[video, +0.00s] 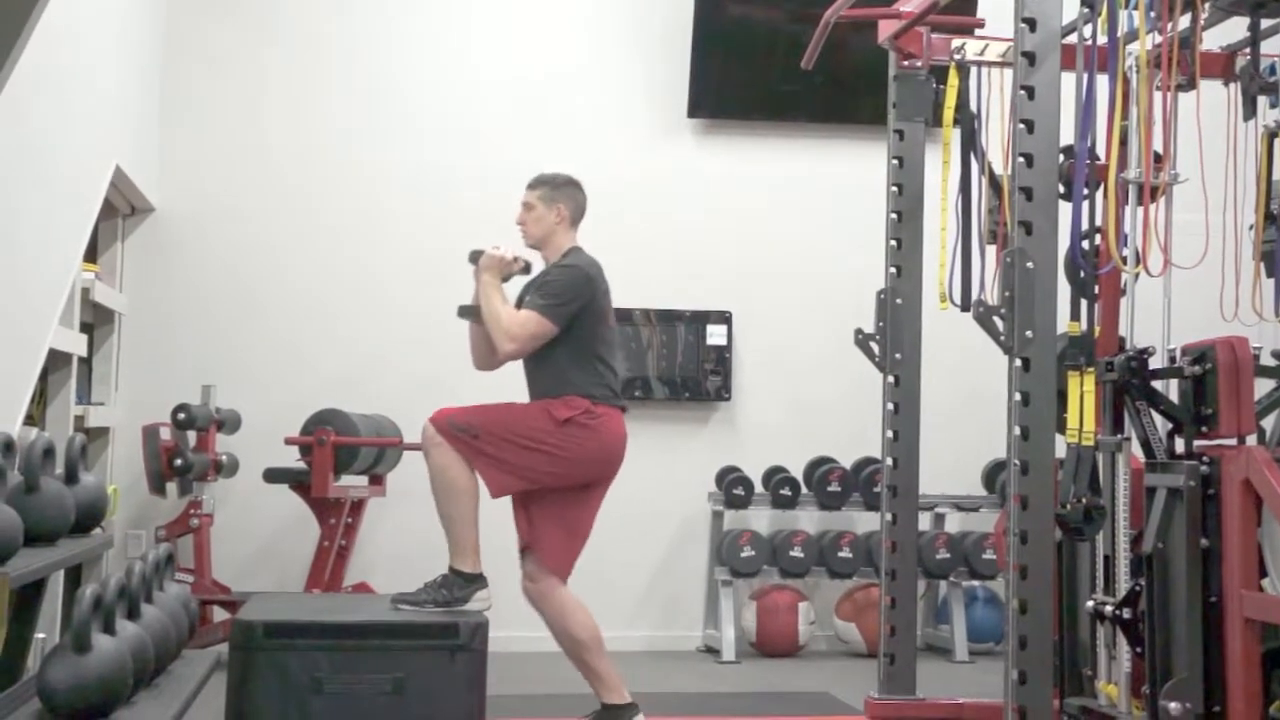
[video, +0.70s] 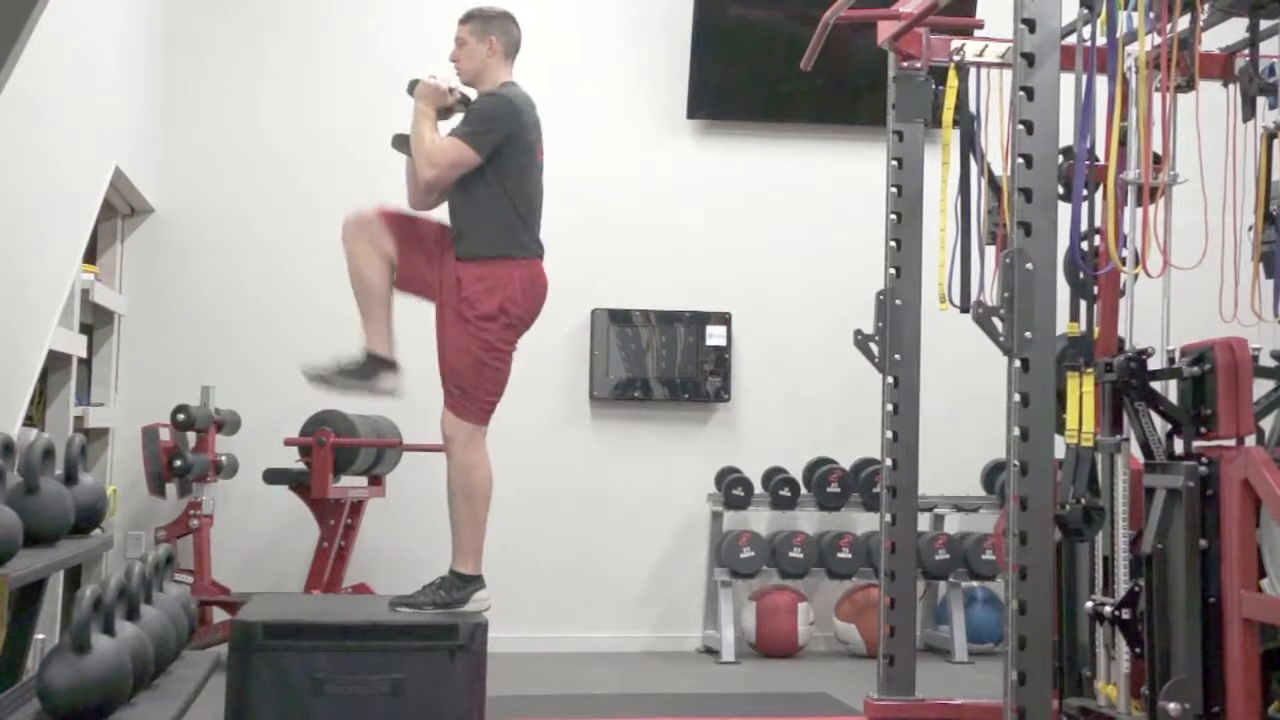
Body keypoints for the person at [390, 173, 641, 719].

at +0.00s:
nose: (518, 219)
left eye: (529, 209)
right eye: (521, 209)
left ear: (561, 215)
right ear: (558, 216)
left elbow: (511, 339)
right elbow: (487, 359)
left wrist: (489, 279)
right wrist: (486, 292)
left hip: (583, 423)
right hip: (584, 433)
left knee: (444, 429)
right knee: (540, 578)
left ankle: (464, 576)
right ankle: (618, 704)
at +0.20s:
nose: (486, 186)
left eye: (496, 177)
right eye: (488, 177)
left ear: (527, 183)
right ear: (522, 183)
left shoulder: (540, 244)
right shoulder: (517, 249)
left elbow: (473, 306)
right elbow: (446, 321)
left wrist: (456, 244)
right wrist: (454, 255)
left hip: (550, 393)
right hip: (568, 399)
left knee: (419, 441)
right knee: (555, 550)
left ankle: (462, 579)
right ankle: (605, 684)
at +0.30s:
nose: (470, 143)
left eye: (479, 134)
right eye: (472, 134)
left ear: (511, 139)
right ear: (508, 140)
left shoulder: (523, 198)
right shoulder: (505, 204)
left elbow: (455, 256)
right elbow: (430, 278)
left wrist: (440, 195)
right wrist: (433, 212)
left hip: (536, 352)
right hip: (558, 356)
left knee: (420, 438)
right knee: (520, 509)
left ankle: (463, 577)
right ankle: (575, 642)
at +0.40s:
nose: (462, 106)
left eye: (471, 96)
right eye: (464, 96)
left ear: (503, 100)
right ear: (501, 101)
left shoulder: (515, 159)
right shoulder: (498, 165)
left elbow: (444, 221)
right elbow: (425, 242)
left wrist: (431, 158)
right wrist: (426, 178)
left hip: (526, 317)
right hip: (520, 319)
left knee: (431, 437)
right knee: (460, 459)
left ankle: (463, 578)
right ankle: (543, 566)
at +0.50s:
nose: (458, 75)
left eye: (467, 65)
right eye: (460, 65)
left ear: (499, 69)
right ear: (494, 71)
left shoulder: (510, 128)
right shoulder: (490, 136)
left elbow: (441, 194)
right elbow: (425, 215)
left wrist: (430, 129)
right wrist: (426, 150)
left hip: (519, 294)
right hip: (492, 293)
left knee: (448, 430)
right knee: (403, 388)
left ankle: (466, 578)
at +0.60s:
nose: (456, 59)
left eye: (465, 48)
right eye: (459, 49)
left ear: (497, 51)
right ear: (496, 51)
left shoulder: (508, 108)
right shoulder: (490, 114)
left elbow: (438, 174)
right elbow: (427, 202)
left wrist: (426, 111)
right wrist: (431, 130)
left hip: (506, 282)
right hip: (469, 275)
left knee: (462, 428)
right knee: (368, 303)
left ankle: (466, 576)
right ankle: (431, 415)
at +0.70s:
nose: (452, 54)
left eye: (460, 43)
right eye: (454, 44)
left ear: (492, 46)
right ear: (493, 48)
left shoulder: (504, 106)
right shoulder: (484, 109)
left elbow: (429, 177)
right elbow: (421, 196)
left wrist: (425, 108)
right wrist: (424, 125)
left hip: (498, 279)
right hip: (464, 261)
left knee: (463, 430)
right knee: (364, 227)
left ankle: (466, 578)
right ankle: (378, 359)